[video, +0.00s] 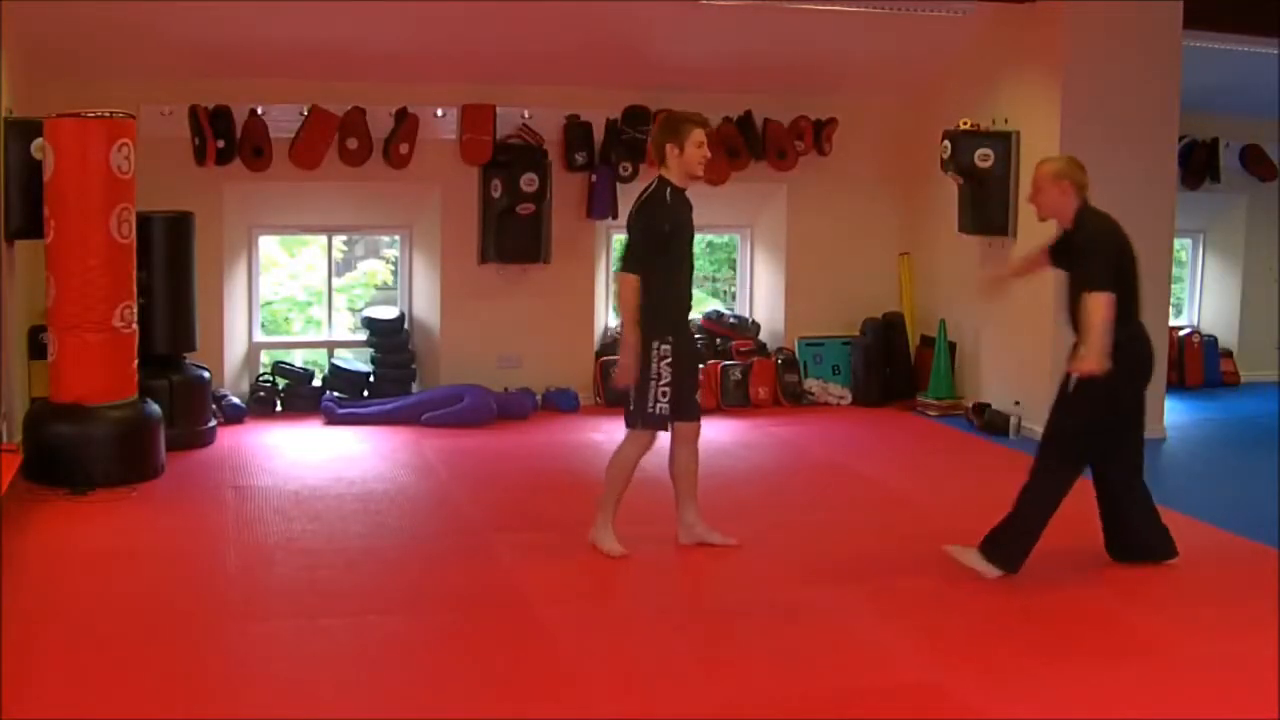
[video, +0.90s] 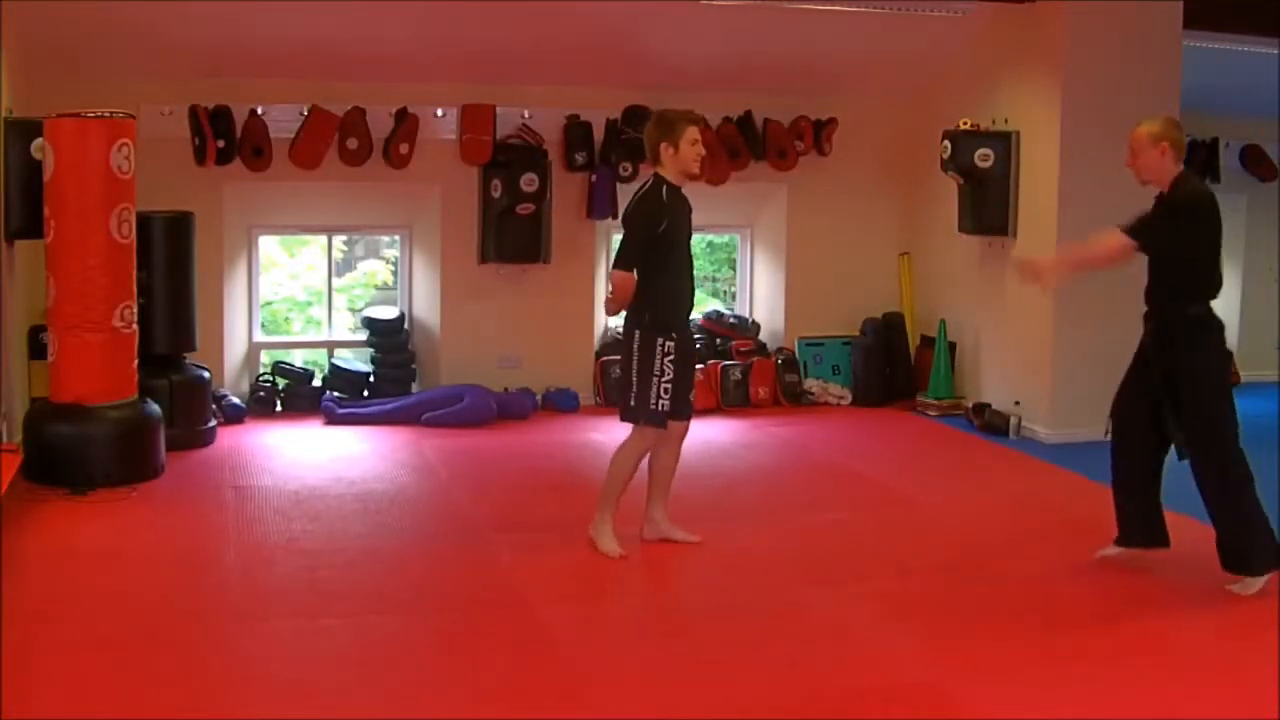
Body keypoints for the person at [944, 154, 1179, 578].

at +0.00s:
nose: (1031, 197)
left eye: (1037, 188)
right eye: (1032, 189)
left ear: (1065, 189)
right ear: (1064, 191)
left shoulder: (1094, 232)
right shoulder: (1078, 231)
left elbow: (1099, 299)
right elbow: (1043, 258)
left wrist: (1093, 351)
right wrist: (1006, 272)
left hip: (1108, 355)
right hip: (1115, 352)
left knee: (1058, 455)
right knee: (1114, 454)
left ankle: (1000, 554)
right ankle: (1146, 543)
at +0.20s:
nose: (1050, 187)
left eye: (1055, 178)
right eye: (1050, 179)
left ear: (1082, 176)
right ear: (1082, 177)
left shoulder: (1122, 215)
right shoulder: (1104, 218)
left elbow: (1171, 280)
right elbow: (1135, 286)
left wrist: (1205, 345)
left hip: (1141, 351)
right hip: (1135, 347)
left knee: (1101, 440)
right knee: (1140, 442)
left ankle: (1084, 547)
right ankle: (1149, 541)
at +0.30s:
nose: (1057, 190)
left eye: (1062, 180)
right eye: (1057, 181)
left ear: (1090, 177)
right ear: (1090, 179)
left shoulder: (1131, 212)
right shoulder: (1116, 216)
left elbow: (1188, 267)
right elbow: (1173, 268)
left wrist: (1217, 324)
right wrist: (1218, 317)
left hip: (1161, 344)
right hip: (1143, 342)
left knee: (1145, 441)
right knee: (1131, 438)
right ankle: (1146, 542)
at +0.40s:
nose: (1067, 195)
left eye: (1071, 186)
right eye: (1066, 187)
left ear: (1098, 181)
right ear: (1098, 182)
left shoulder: (1141, 214)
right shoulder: (1124, 219)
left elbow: (1200, 270)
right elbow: (1172, 272)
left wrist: (1214, 318)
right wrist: (1209, 316)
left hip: (1177, 341)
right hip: (1154, 339)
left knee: (1165, 445)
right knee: (1150, 442)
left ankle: (1221, 545)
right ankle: (1152, 545)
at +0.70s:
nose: (1109, 184)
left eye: (1114, 175)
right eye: (1109, 175)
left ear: (1143, 176)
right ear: (1141, 177)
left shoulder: (1179, 215)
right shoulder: (1161, 218)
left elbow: (1197, 294)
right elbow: (1181, 294)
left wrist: (1200, 367)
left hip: (1205, 355)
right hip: (1175, 352)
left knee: (1234, 462)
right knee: (1149, 440)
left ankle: (1266, 568)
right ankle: (1160, 542)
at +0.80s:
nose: (1126, 175)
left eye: (1130, 165)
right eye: (1125, 166)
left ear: (1157, 159)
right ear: (1158, 160)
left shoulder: (1189, 204)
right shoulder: (1177, 202)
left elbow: (1163, 277)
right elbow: (1170, 277)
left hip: (1202, 340)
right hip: (1174, 338)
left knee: (1224, 451)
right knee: (1139, 430)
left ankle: (1263, 564)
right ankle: (1152, 534)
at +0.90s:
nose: (1130, 163)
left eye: (1136, 153)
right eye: (1130, 154)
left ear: (1164, 152)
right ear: (1165, 152)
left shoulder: (1185, 202)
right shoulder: (1184, 198)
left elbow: (1119, 246)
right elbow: (1191, 286)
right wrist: (1220, 353)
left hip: (1190, 340)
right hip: (1165, 338)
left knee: (1213, 449)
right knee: (1131, 426)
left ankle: (1257, 558)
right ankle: (1140, 535)